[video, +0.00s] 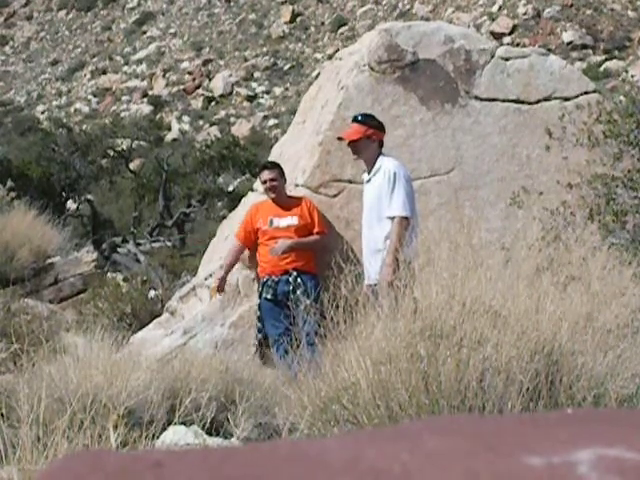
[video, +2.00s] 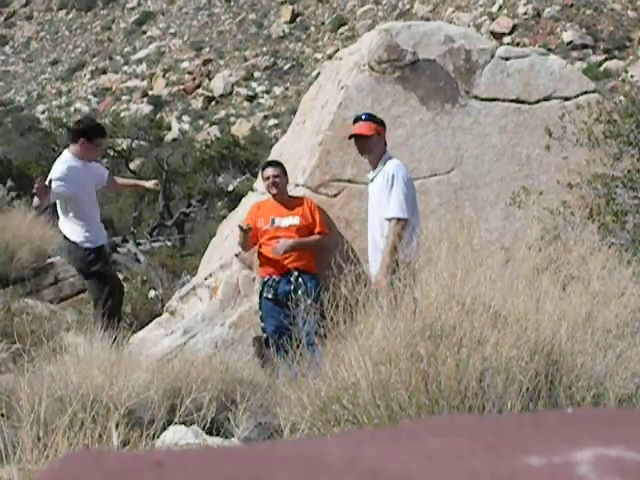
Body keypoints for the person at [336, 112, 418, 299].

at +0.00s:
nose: (351, 147)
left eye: (355, 141)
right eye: (350, 142)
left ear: (373, 139)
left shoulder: (393, 170)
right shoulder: (369, 177)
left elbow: (401, 220)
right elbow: (372, 229)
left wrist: (390, 264)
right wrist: (369, 276)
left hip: (390, 272)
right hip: (373, 274)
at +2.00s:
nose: (359, 145)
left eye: (364, 138)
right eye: (356, 139)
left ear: (381, 136)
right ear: (354, 142)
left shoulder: (396, 170)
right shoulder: (374, 176)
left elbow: (398, 222)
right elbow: (380, 225)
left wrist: (385, 272)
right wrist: (375, 271)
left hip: (396, 272)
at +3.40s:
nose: (378, 141)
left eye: (380, 136)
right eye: (378, 136)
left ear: (389, 138)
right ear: (407, 135)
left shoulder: (407, 169)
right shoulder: (427, 161)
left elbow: (406, 227)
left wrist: (389, 271)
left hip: (419, 260)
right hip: (440, 256)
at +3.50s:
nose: (380, 143)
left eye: (381, 138)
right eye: (380, 137)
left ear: (390, 138)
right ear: (408, 135)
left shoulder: (408, 169)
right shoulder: (428, 161)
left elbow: (406, 226)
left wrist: (391, 271)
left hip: (420, 260)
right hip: (441, 255)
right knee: (438, 318)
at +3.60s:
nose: (382, 143)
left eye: (383, 138)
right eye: (381, 138)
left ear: (392, 138)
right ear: (408, 135)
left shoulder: (410, 169)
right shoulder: (432, 162)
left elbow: (409, 227)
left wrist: (394, 266)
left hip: (422, 261)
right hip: (443, 257)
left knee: (417, 321)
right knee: (440, 318)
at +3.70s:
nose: (383, 143)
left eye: (384, 138)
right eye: (383, 138)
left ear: (394, 138)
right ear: (409, 135)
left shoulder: (410, 169)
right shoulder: (431, 161)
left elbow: (411, 224)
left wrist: (399, 260)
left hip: (425, 259)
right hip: (445, 254)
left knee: (419, 319)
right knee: (441, 317)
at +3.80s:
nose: (384, 144)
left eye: (385, 138)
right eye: (383, 138)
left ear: (394, 138)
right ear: (410, 135)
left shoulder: (411, 169)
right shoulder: (432, 161)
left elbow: (410, 224)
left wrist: (402, 266)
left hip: (426, 259)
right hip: (446, 254)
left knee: (422, 319)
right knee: (442, 316)